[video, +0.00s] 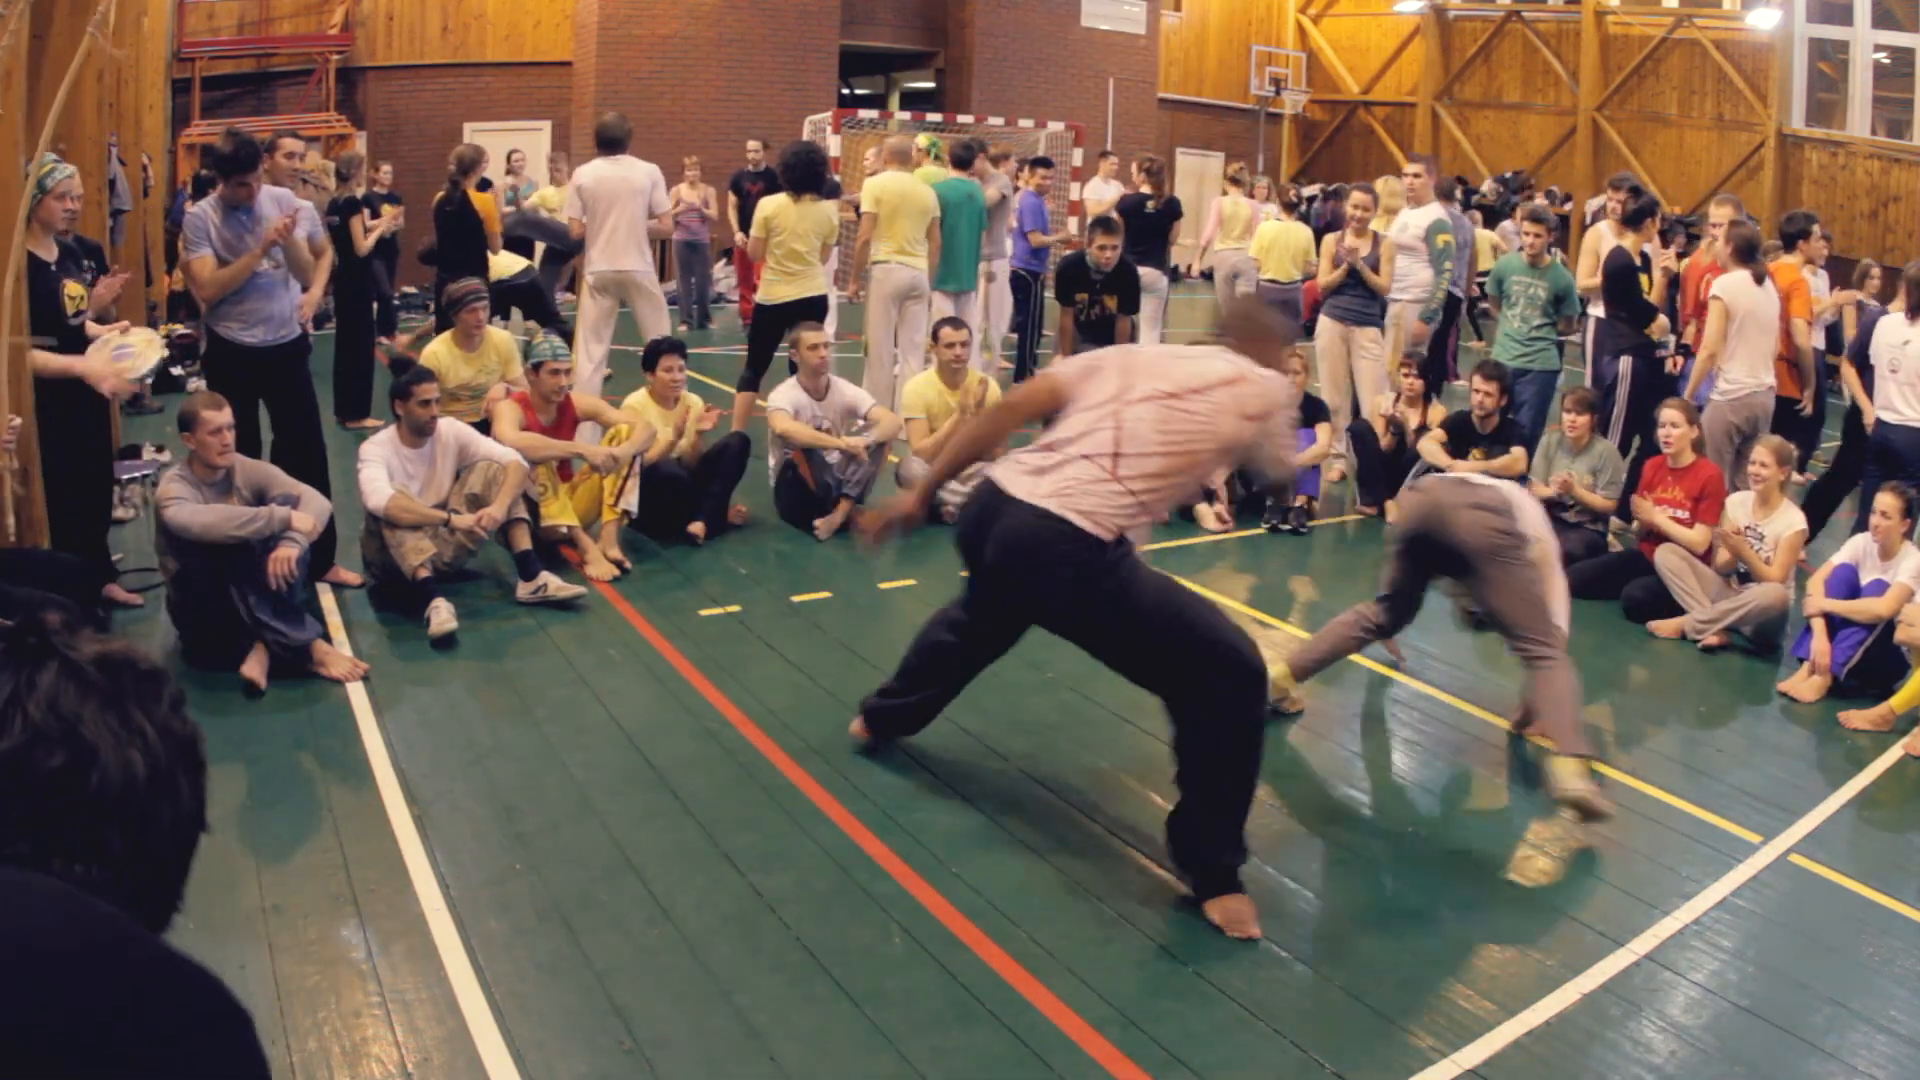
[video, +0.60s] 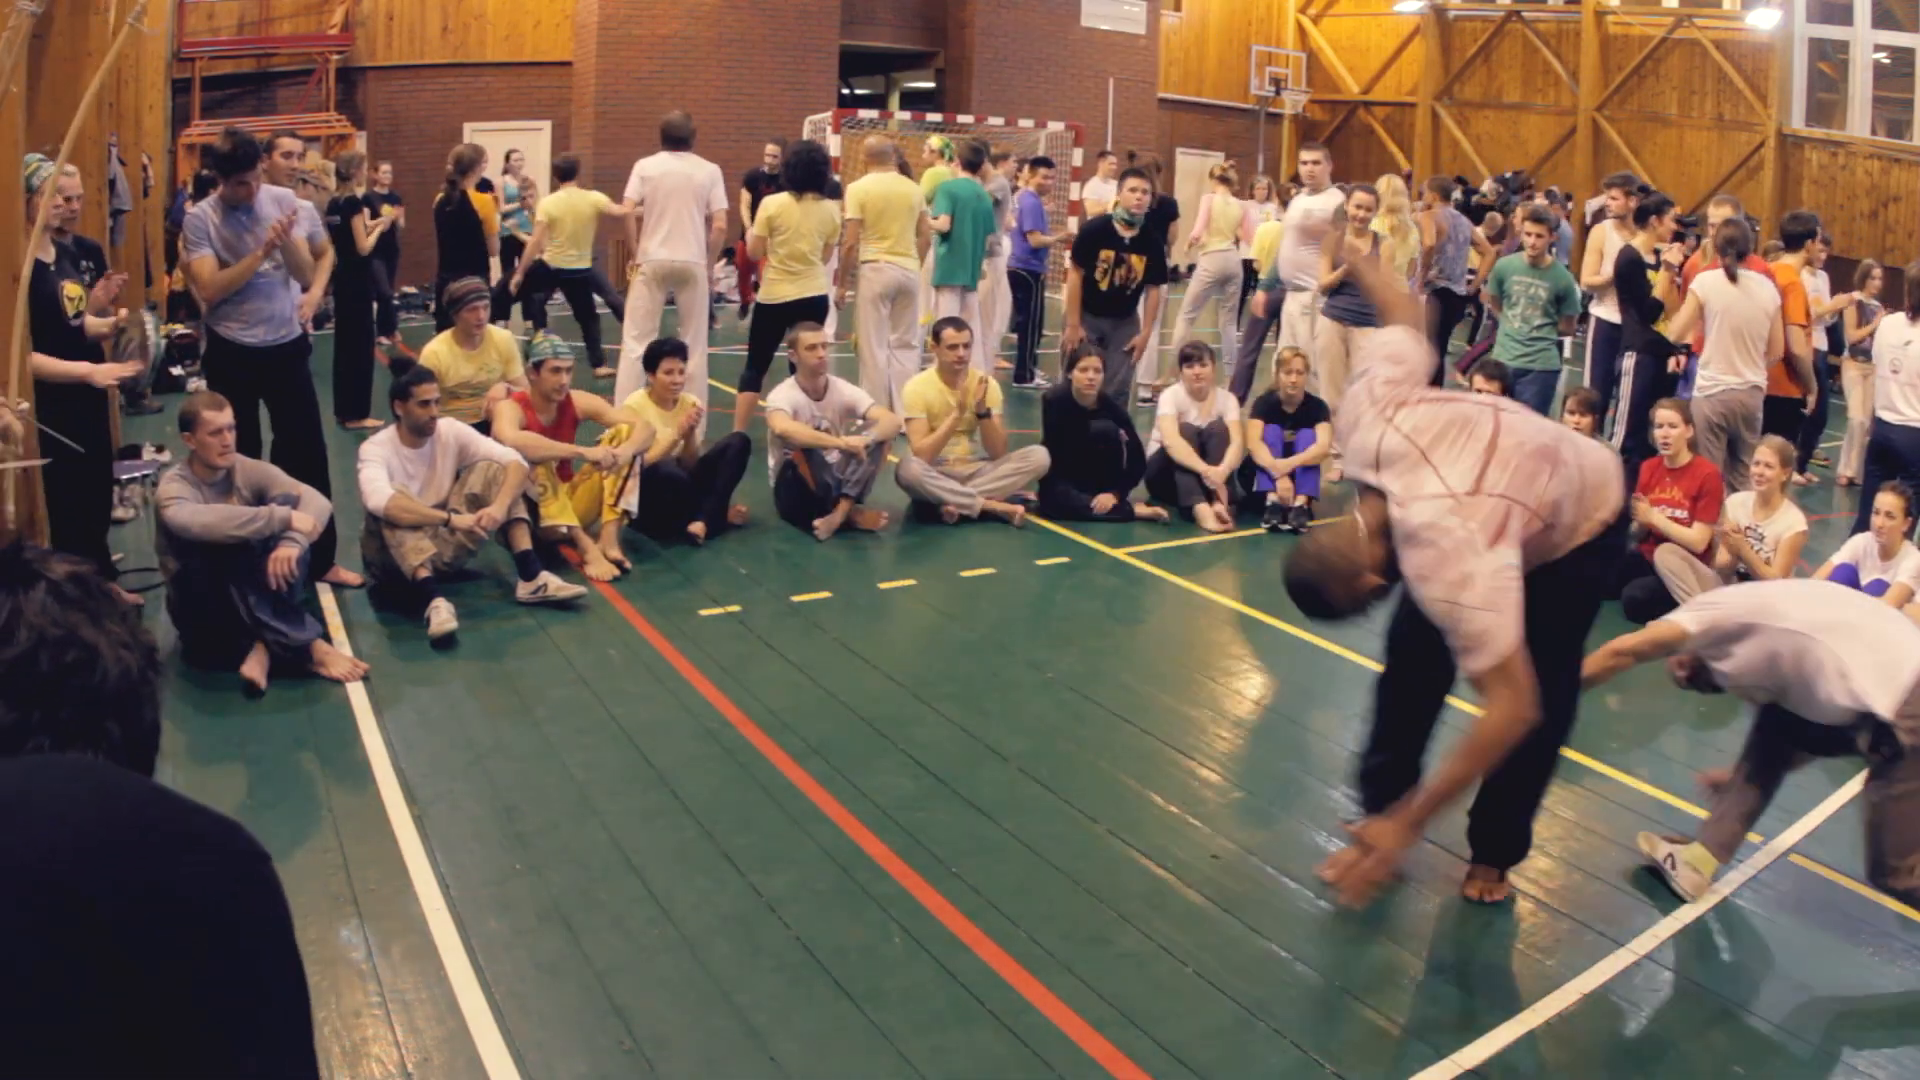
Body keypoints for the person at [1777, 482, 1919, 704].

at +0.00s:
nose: (1875, 521)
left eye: (1885, 516)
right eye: (1873, 513)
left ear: (1905, 525)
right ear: (1869, 513)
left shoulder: (1912, 559)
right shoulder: (1860, 542)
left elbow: (1886, 610)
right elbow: (1815, 581)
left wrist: (1823, 604)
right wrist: (1820, 638)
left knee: (1877, 587)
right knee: (1844, 572)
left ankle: (1823, 676)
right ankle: (1807, 666)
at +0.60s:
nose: (1879, 523)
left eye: (1889, 516)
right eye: (1876, 513)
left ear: (1906, 524)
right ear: (1871, 515)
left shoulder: (1913, 558)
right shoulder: (1860, 541)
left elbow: (1888, 606)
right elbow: (1817, 579)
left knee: (1877, 586)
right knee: (1845, 572)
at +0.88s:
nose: (1880, 524)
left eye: (1891, 516)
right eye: (1877, 513)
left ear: (1907, 523)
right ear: (1871, 515)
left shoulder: (1912, 558)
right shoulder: (1860, 541)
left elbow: (1888, 606)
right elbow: (1814, 581)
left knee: (1876, 586)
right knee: (1844, 572)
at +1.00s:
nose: (1881, 523)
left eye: (1891, 516)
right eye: (1877, 513)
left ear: (1907, 524)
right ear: (1871, 515)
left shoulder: (1913, 560)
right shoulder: (1860, 543)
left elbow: (1890, 605)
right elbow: (1826, 575)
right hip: (1853, 620)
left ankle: (1817, 678)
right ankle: (1809, 673)